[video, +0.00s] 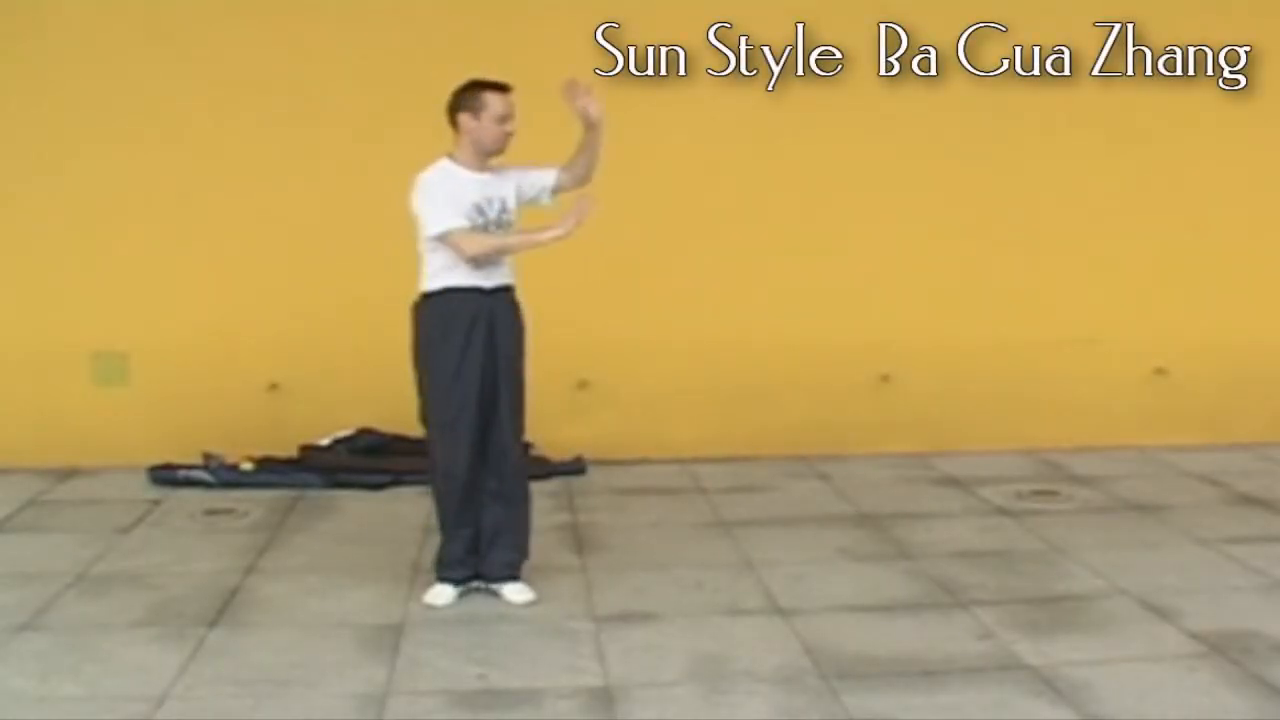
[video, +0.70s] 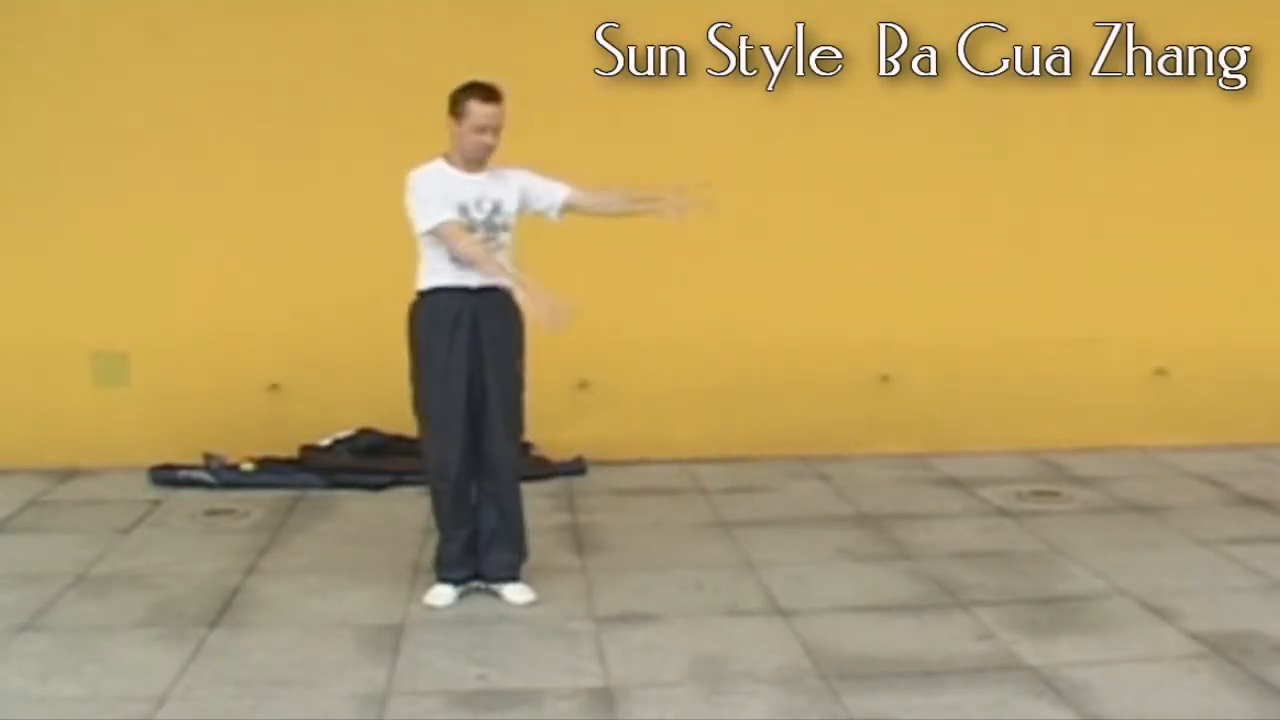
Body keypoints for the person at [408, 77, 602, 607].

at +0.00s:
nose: (509, 129)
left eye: (511, 120)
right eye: (500, 120)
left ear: (501, 126)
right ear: (465, 122)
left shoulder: (506, 181)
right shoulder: (433, 183)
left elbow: (571, 178)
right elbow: (473, 248)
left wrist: (593, 129)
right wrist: (555, 232)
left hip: (500, 312)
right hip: (448, 314)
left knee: (504, 442)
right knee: (453, 444)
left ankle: (502, 567)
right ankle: (454, 569)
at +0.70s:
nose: (489, 139)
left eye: (496, 130)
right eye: (479, 128)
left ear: (502, 131)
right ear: (453, 126)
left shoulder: (512, 182)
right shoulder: (427, 181)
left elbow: (587, 199)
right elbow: (462, 246)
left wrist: (658, 200)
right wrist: (525, 289)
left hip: (497, 312)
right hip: (442, 314)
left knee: (500, 443)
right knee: (447, 444)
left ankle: (501, 569)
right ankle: (453, 570)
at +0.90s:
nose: (479, 142)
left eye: (487, 132)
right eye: (469, 131)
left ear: (497, 131)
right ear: (448, 128)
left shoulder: (513, 186)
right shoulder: (422, 184)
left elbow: (573, 232)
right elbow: (432, 262)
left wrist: (635, 274)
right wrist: (466, 326)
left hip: (496, 312)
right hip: (437, 312)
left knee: (499, 444)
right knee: (445, 445)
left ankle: (502, 569)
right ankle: (453, 570)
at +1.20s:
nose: (463, 142)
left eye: (472, 132)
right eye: (454, 132)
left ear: (488, 131)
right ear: (439, 132)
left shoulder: (512, 186)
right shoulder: (414, 184)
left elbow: (546, 259)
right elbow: (389, 257)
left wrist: (562, 333)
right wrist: (395, 334)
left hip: (492, 314)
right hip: (433, 315)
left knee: (496, 446)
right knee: (441, 448)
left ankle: (501, 568)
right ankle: (452, 570)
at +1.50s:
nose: (442, 140)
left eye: (451, 130)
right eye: (434, 131)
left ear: (473, 130)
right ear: (425, 132)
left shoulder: (501, 188)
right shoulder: (408, 185)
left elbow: (514, 270)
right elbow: (373, 245)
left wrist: (476, 337)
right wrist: (357, 313)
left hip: (484, 310)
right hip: (426, 310)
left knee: (486, 446)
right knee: (432, 448)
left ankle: (499, 567)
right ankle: (450, 570)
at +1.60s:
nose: (444, 140)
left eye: (453, 130)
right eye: (435, 131)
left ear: (472, 129)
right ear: (422, 132)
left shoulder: (496, 188)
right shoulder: (403, 187)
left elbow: (494, 268)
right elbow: (377, 248)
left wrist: (428, 309)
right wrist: (350, 300)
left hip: (478, 316)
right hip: (420, 317)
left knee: (485, 447)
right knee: (430, 449)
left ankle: (496, 568)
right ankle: (449, 571)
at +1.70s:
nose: (450, 142)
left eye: (459, 132)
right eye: (440, 133)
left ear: (472, 133)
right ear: (423, 135)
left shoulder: (494, 188)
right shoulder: (398, 189)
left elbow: (471, 255)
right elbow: (374, 255)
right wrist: (326, 290)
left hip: (474, 321)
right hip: (419, 322)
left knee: (480, 450)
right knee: (426, 451)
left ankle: (493, 574)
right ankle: (449, 573)